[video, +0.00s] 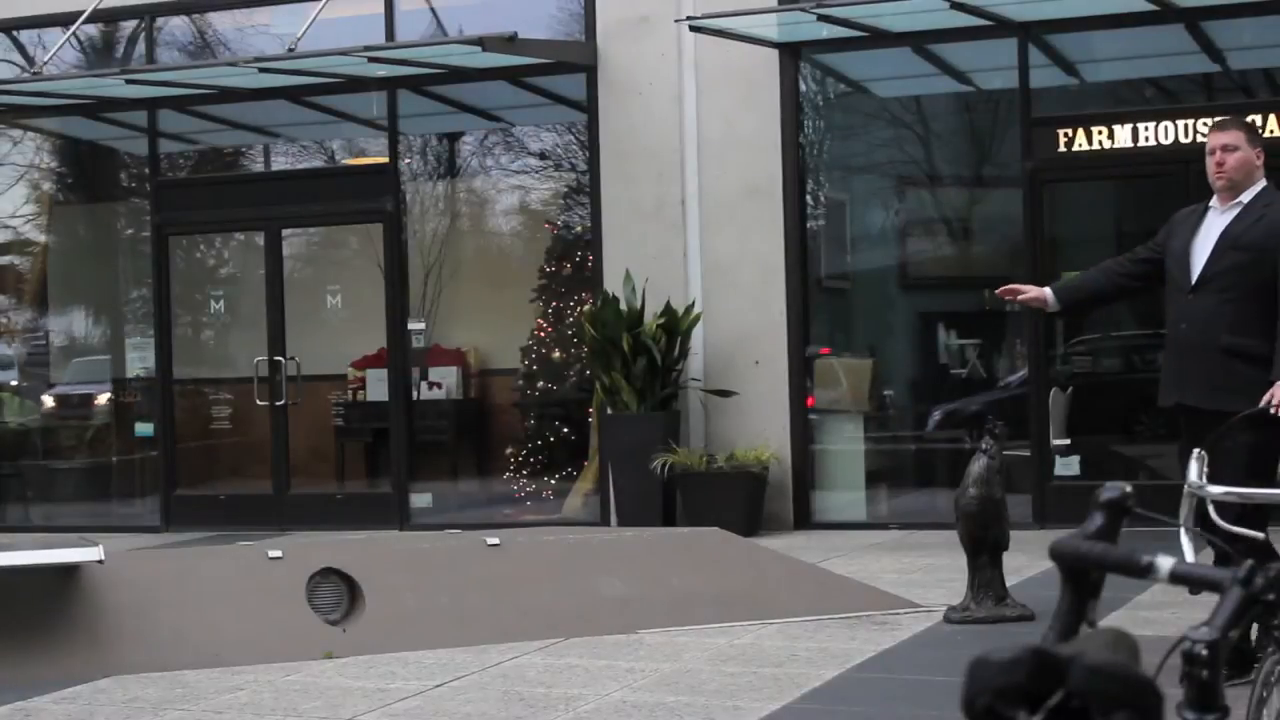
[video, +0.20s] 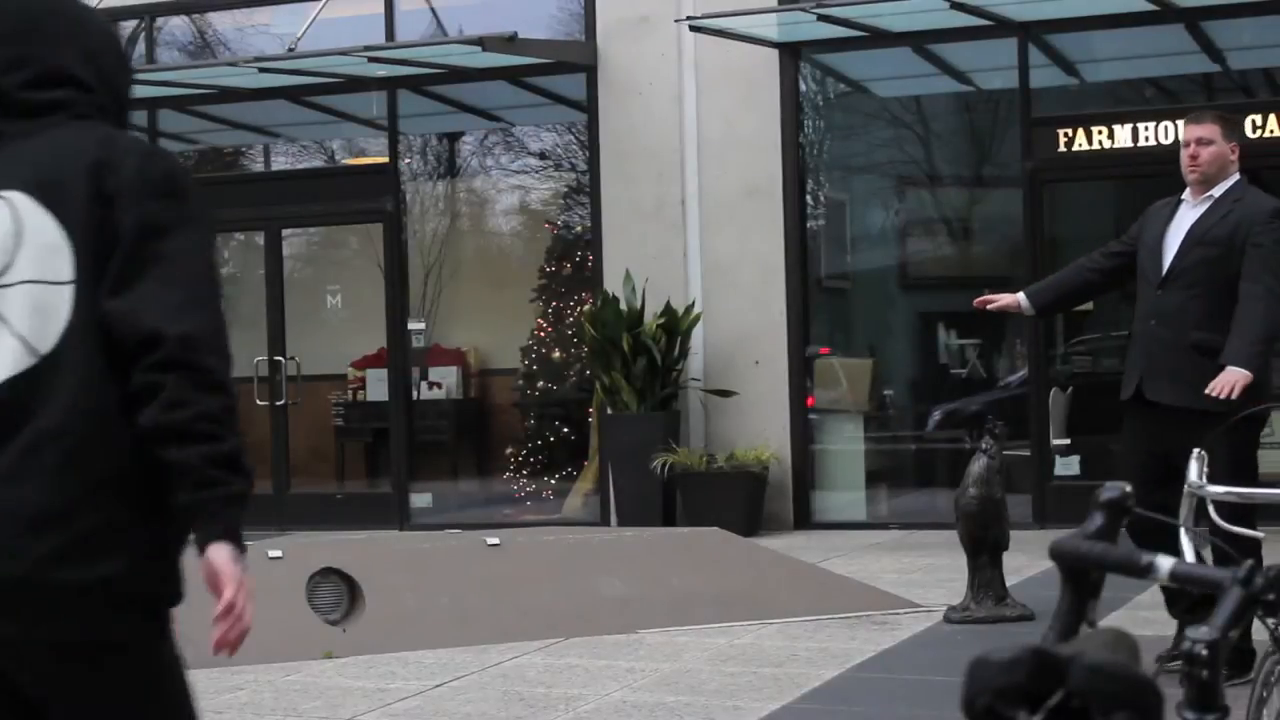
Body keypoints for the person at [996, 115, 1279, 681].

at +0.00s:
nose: (1218, 160)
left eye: (1229, 150)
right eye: (1212, 152)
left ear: (1258, 156)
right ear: (1205, 161)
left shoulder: (1273, 214)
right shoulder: (1187, 220)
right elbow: (1130, 269)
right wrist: (1054, 295)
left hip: (1251, 399)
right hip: (1192, 399)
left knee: (1244, 522)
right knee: (1214, 522)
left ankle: (1248, 635)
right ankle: (1242, 629)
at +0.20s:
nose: (1191, 153)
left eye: (1202, 144)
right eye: (1185, 145)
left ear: (1232, 152)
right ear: (1179, 154)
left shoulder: (1260, 213)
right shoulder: (1160, 214)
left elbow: (1260, 293)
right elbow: (1104, 265)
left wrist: (1242, 361)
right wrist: (1027, 299)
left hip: (1222, 395)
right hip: (1151, 396)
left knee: (1227, 521)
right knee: (1153, 520)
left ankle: (1236, 644)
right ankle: (1190, 633)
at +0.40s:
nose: (1152, 156)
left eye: (1164, 146)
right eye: (1146, 148)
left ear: (1195, 152)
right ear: (1141, 158)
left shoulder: (1231, 215)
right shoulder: (1124, 219)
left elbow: (1230, 295)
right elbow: (1072, 272)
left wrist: (1193, 354)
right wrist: (998, 304)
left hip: (1198, 400)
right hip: (1126, 399)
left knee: (1215, 523)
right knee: (1122, 521)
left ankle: (1233, 638)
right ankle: (1101, 632)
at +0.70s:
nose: (1071, 161)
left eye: (1082, 150)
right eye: (1065, 153)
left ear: (1114, 154)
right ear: (1061, 164)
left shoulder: (1162, 213)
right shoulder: (1045, 228)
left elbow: (1177, 292)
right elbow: (990, 281)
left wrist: (1157, 355)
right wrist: (914, 316)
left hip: (1147, 398)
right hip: (1067, 405)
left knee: (1176, 520)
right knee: (1076, 528)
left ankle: (1217, 630)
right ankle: (1075, 635)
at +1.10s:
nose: (982, 173)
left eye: (991, 161)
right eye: (978, 165)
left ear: (1028, 159)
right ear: (982, 172)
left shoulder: (1091, 209)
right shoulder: (984, 238)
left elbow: (1125, 288)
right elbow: (929, 296)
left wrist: (1127, 359)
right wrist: (850, 334)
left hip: (1106, 396)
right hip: (1040, 411)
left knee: (1150, 514)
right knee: (1061, 531)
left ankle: (1199, 622)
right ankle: (1069, 647)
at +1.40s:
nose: (918, 212)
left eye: (924, 200)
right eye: (917, 202)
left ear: (959, 193)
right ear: (947, 199)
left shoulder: (1030, 220)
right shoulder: (931, 266)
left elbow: (1083, 277)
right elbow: (876, 317)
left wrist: (1093, 354)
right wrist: (801, 349)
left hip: (1119, 384)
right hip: (1050, 408)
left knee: (1166, 507)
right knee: (1059, 524)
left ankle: (1203, 620)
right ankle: (1069, 641)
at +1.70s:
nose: (887, 241)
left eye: (888, 228)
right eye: (885, 231)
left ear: (910, 216)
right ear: (914, 218)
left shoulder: (981, 233)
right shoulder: (924, 278)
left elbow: (1036, 284)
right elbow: (913, 350)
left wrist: (1063, 354)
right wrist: (862, 408)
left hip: (1075, 392)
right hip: (1021, 417)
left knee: (1138, 495)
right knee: (1031, 532)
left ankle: (1199, 594)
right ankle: (1064, 645)